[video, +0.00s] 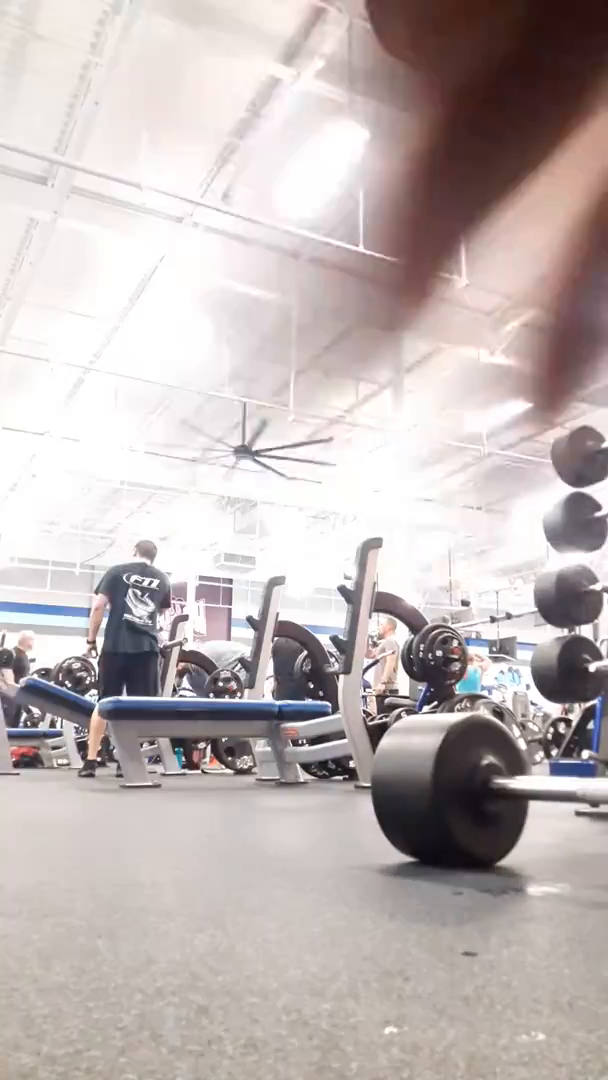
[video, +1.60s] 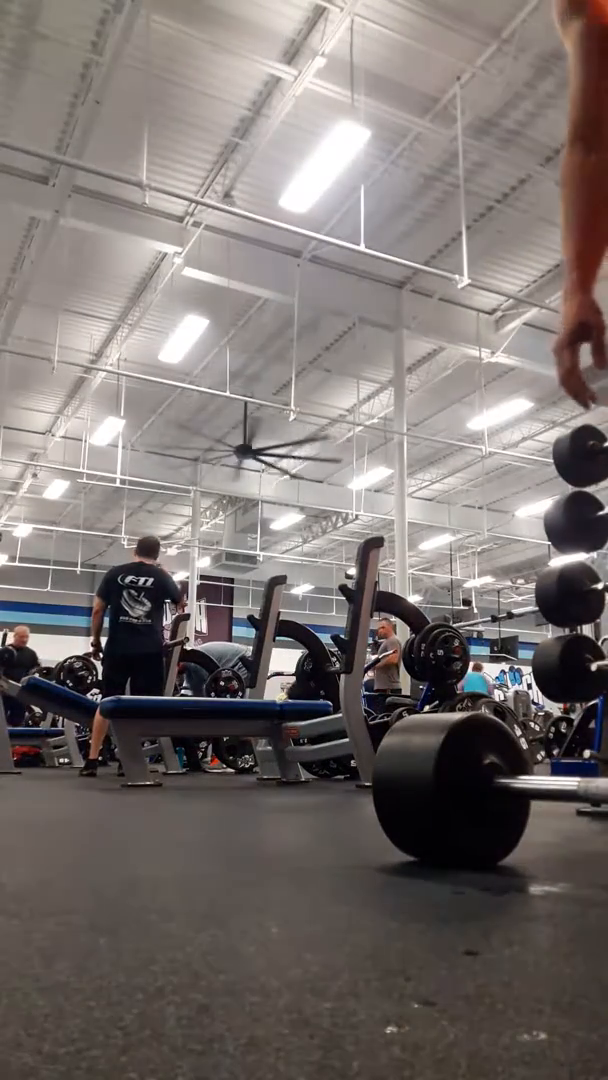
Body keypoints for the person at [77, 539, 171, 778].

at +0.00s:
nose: (133, 553)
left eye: (133, 551)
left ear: (134, 552)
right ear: (154, 557)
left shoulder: (117, 571)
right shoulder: (163, 579)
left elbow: (99, 605)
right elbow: (163, 610)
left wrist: (92, 639)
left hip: (115, 648)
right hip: (145, 649)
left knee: (104, 703)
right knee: (140, 707)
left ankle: (91, 760)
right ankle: (130, 763)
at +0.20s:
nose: (131, 553)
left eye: (133, 550)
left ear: (134, 551)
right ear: (155, 557)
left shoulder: (117, 570)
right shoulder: (162, 578)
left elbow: (97, 605)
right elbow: (164, 610)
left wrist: (90, 639)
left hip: (115, 647)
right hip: (146, 649)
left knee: (105, 704)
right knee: (140, 708)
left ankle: (91, 759)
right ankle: (130, 763)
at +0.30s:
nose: (132, 553)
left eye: (133, 550)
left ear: (134, 551)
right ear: (154, 556)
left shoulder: (117, 570)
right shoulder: (162, 578)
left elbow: (97, 605)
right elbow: (167, 612)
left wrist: (90, 639)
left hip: (115, 647)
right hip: (146, 649)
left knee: (105, 703)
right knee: (141, 707)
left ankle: (91, 759)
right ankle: (130, 763)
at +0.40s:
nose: (131, 554)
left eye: (132, 551)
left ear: (133, 551)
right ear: (154, 556)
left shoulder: (116, 571)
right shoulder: (161, 578)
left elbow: (96, 606)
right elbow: (168, 613)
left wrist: (91, 640)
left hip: (115, 648)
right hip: (146, 650)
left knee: (105, 703)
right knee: (141, 707)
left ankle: (92, 759)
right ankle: (130, 763)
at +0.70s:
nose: (130, 553)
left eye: (130, 550)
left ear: (132, 552)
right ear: (153, 556)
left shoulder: (115, 572)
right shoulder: (160, 577)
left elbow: (96, 608)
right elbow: (177, 606)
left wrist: (91, 641)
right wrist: (165, 630)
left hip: (115, 650)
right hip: (147, 652)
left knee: (106, 704)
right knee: (144, 707)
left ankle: (92, 760)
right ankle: (132, 763)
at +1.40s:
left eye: (135, 551)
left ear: (134, 552)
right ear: (156, 555)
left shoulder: (115, 573)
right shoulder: (161, 577)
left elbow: (98, 610)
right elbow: (178, 612)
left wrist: (98, 643)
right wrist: (173, 607)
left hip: (116, 649)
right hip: (148, 651)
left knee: (107, 703)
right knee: (144, 706)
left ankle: (92, 760)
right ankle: (132, 763)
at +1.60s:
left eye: (138, 550)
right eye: (155, 556)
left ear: (135, 552)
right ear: (157, 556)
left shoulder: (116, 572)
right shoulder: (161, 577)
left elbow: (98, 610)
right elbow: (180, 602)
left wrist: (95, 640)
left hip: (117, 650)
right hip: (149, 652)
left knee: (107, 703)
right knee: (144, 706)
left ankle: (92, 759)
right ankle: (132, 763)